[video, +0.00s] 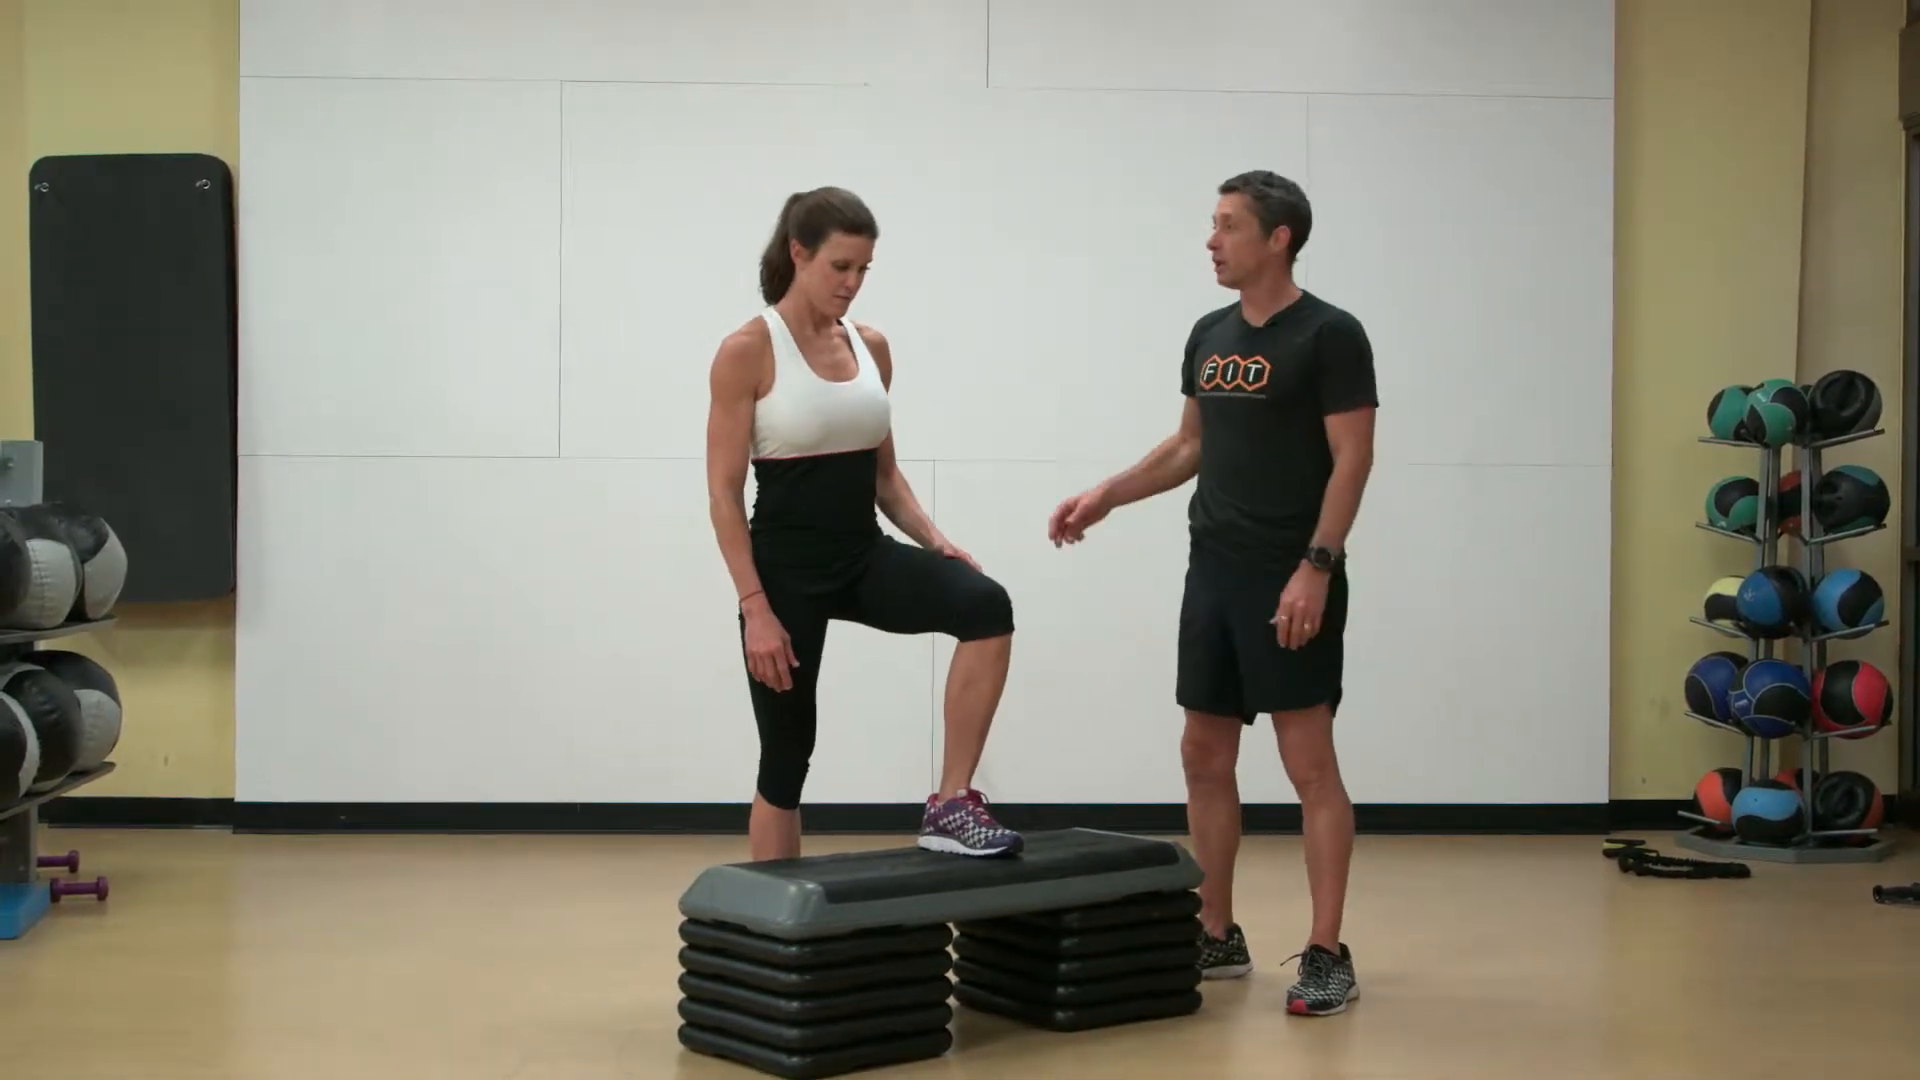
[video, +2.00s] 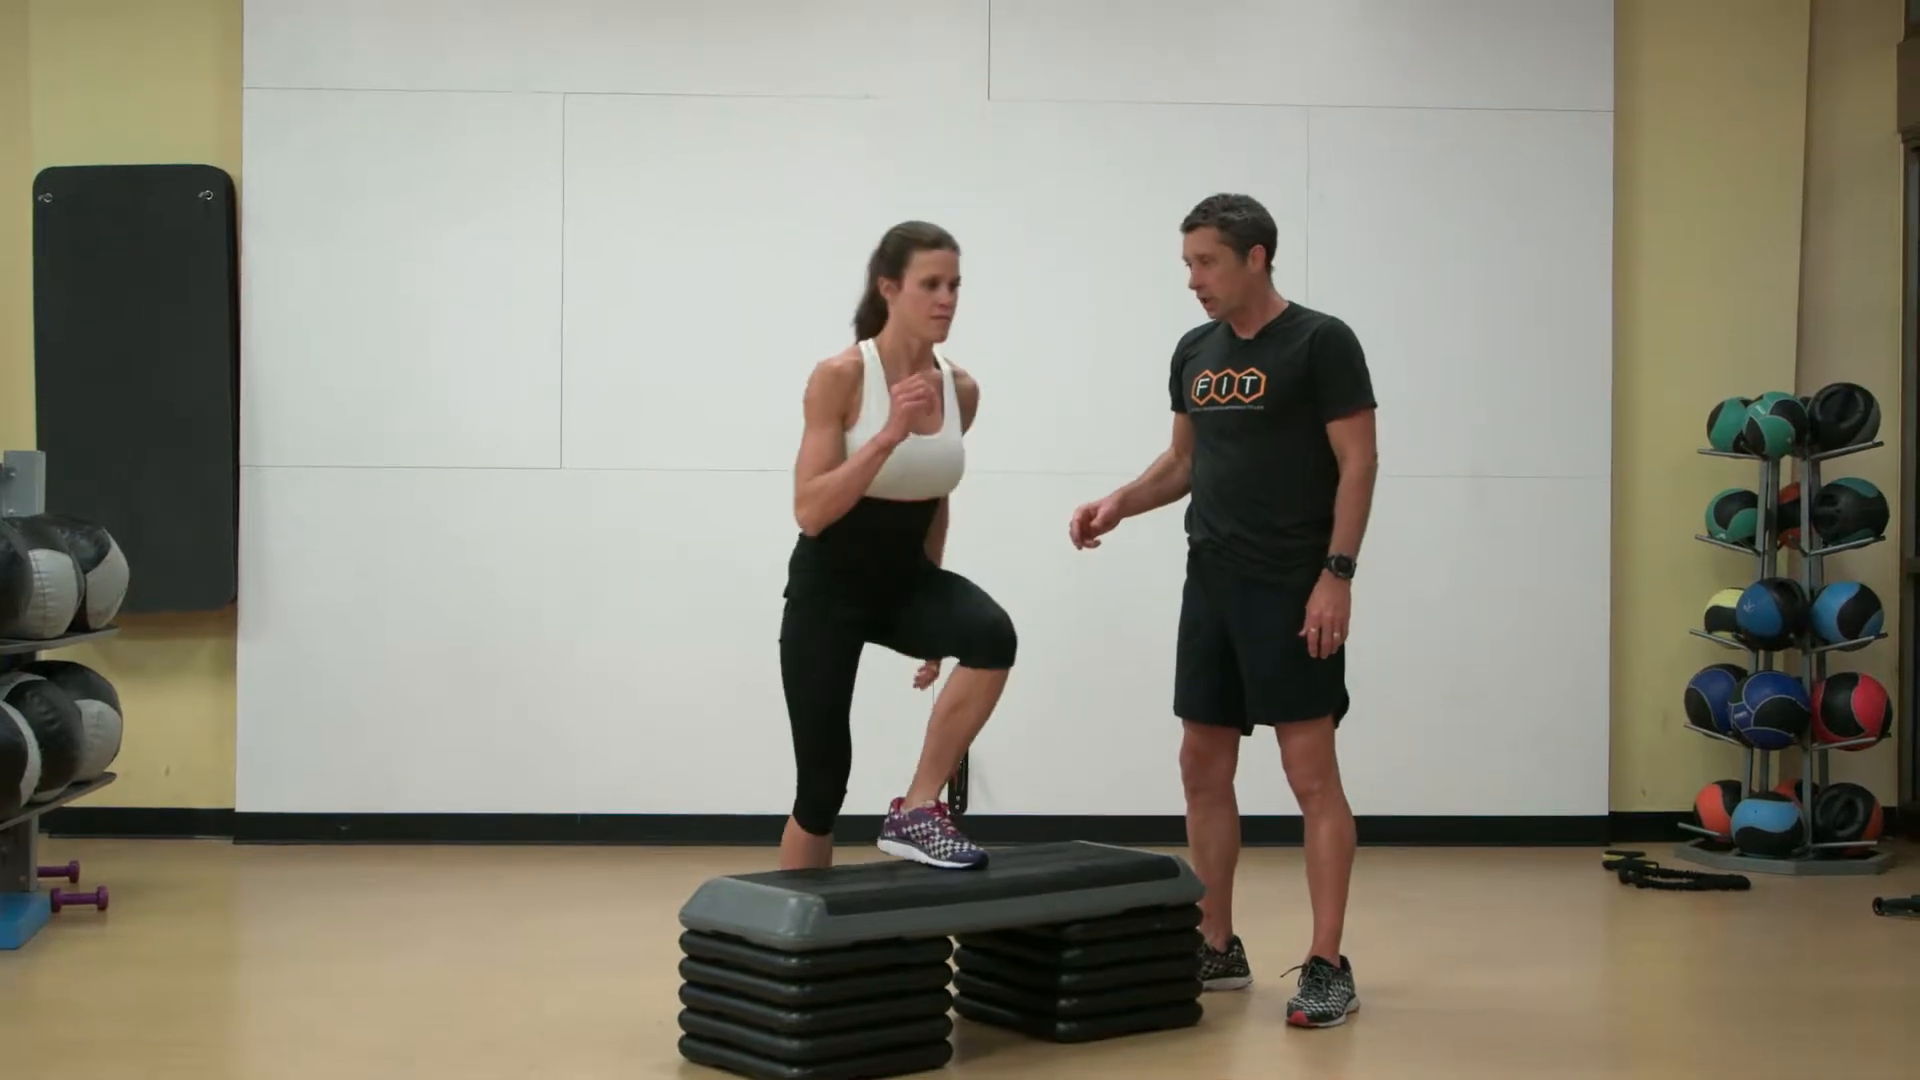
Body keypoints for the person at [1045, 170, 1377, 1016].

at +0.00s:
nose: (1211, 242)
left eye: (1227, 228)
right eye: (1213, 227)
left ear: (1279, 239)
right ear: (1244, 238)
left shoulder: (1332, 335)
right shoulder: (1210, 334)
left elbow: (1353, 460)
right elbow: (1191, 445)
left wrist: (1317, 564)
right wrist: (1106, 494)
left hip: (1293, 574)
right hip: (1214, 572)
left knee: (1309, 762)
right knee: (1204, 754)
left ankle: (1326, 950)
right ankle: (1217, 935)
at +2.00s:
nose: (1192, 279)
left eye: (1205, 264)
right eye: (1187, 265)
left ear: (1256, 258)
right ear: (1198, 265)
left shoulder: (1323, 343)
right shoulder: (1193, 354)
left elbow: (1358, 463)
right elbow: (1181, 464)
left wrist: (1337, 573)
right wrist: (1119, 502)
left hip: (1294, 588)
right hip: (1211, 586)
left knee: (1312, 775)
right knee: (1202, 766)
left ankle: (1326, 961)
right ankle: (1215, 945)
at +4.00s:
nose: (1210, 339)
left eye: (1223, 325)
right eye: (1203, 325)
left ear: (1272, 315)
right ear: (1202, 320)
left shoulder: (1344, 386)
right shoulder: (1193, 403)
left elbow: (1393, 501)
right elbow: (1151, 507)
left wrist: (1385, 608)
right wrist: (1093, 528)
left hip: (1333, 631)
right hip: (1243, 632)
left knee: (1340, 817)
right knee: (1220, 804)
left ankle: (1341, 1002)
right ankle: (1230, 988)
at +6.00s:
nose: (1237, 318)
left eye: (1250, 302)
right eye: (1229, 303)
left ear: (1297, 295)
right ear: (1226, 302)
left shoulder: (1368, 375)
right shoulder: (1218, 388)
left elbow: (1413, 490)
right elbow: (1192, 498)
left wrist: (1409, 599)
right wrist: (1156, 580)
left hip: (1346, 619)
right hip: (1254, 619)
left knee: (1349, 808)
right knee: (1229, 796)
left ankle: (1347, 991)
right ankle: (1236, 974)